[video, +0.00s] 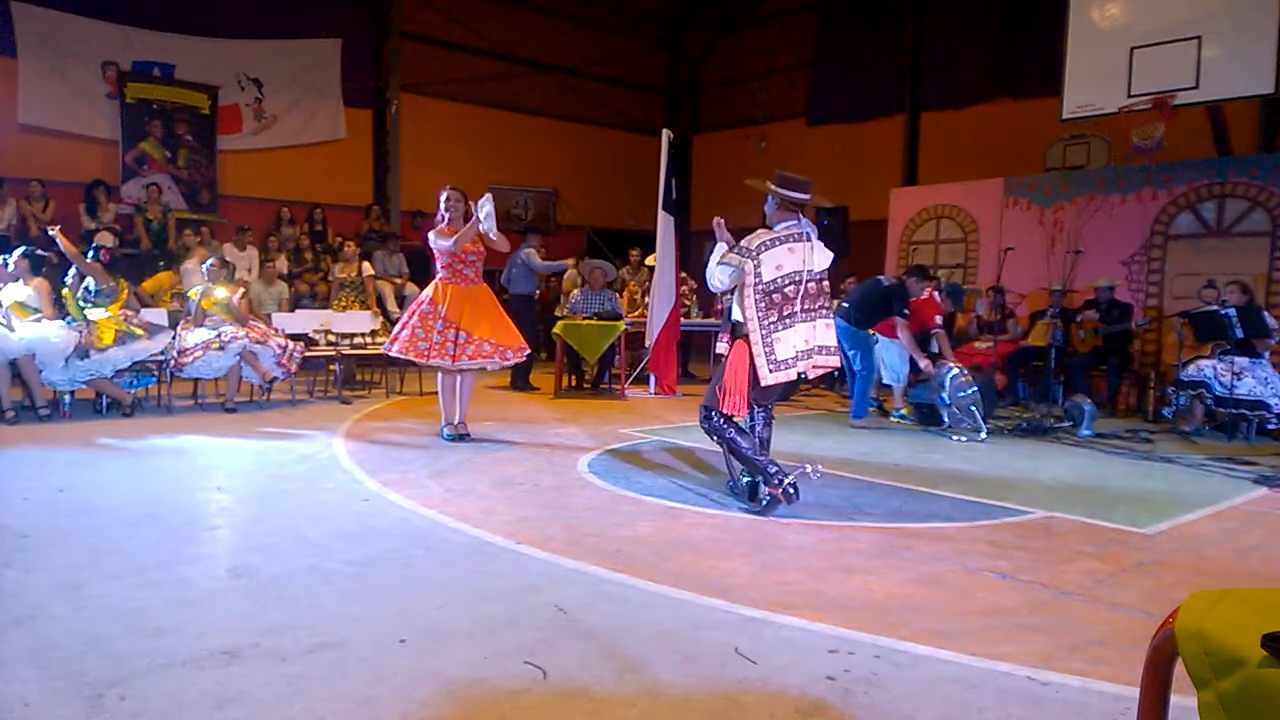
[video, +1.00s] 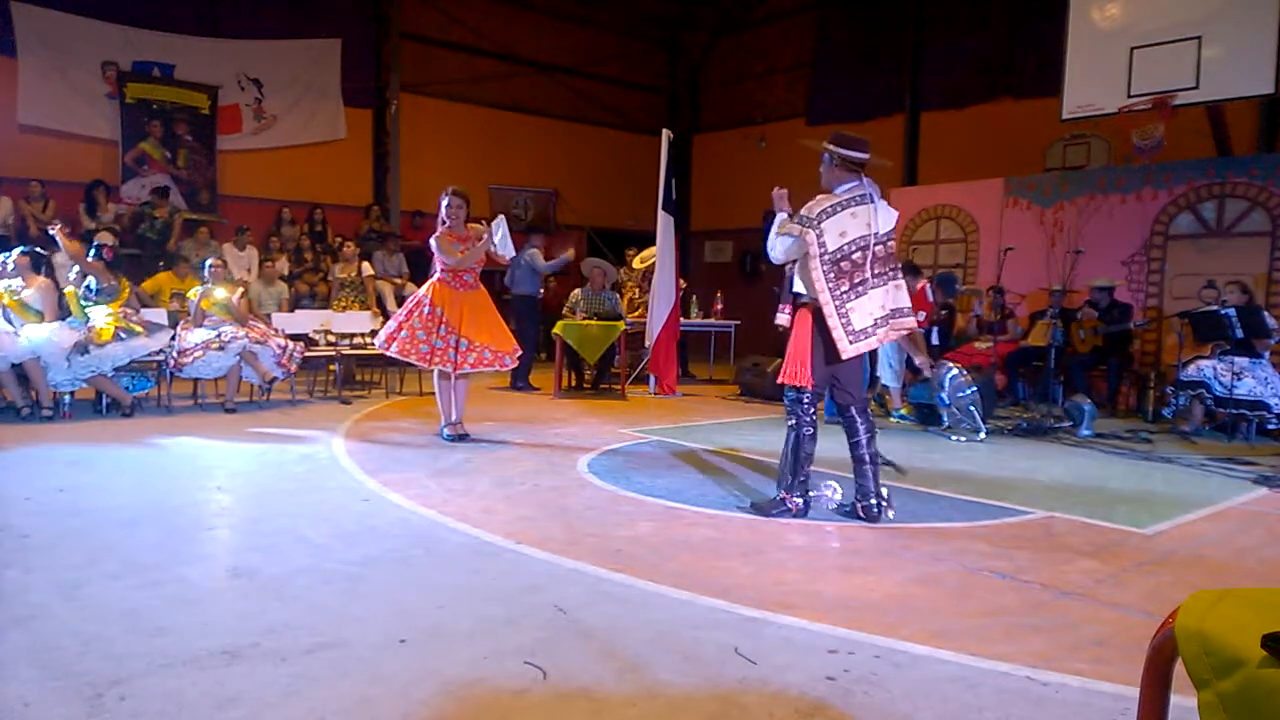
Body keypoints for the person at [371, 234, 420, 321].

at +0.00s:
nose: (396, 245)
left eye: (397, 242)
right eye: (393, 243)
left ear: (398, 244)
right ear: (386, 244)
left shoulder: (400, 255)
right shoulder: (379, 255)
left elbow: (405, 272)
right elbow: (379, 273)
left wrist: (402, 283)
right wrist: (394, 282)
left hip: (398, 278)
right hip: (384, 278)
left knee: (414, 291)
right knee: (387, 290)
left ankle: (406, 315)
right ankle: (395, 315)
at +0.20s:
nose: (396, 245)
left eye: (397, 242)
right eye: (393, 242)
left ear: (398, 243)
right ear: (387, 243)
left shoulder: (400, 255)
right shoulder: (378, 254)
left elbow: (405, 272)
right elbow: (379, 273)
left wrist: (402, 283)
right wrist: (394, 282)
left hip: (398, 278)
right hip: (383, 278)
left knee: (413, 290)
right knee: (387, 290)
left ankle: (409, 314)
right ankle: (395, 315)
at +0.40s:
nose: (396, 245)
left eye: (397, 242)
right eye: (393, 242)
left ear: (398, 244)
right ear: (387, 244)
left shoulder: (400, 255)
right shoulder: (378, 254)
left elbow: (405, 272)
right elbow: (379, 273)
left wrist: (402, 283)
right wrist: (394, 282)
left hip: (397, 278)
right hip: (384, 278)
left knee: (412, 289)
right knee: (387, 289)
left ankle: (412, 314)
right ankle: (394, 315)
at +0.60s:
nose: (395, 244)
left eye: (396, 242)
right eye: (392, 241)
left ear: (398, 243)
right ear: (386, 243)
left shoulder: (400, 255)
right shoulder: (378, 255)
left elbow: (405, 272)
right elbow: (379, 274)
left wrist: (403, 282)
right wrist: (393, 282)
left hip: (397, 278)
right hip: (383, 278)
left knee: (412, 289)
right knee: (387, 289)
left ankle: (414, 313)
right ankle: (394, 314)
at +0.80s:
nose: (395, 244)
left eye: (396, 242)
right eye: (392, 242)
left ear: (398, 243)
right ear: (386, 243)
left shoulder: (400, 255)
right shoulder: (378, 255)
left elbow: (405, 272)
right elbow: (379, 274)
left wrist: (403, 282)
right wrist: (393, 282)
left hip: (397, 278)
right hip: (384, 278)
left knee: (412, 289)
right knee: (387, 289)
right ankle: (393, 313)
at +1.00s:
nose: (395, 244)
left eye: (396, 241)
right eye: (392, 241)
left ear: (398, 243)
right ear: (386, 243)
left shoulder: (400, 255)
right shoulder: (378, 255)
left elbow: (405, 272)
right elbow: (379, 274)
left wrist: (403, 282)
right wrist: (393, 281)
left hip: (397, 278)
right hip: (384, 278)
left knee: (412, 289)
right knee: (386, 289)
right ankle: (393, 313)